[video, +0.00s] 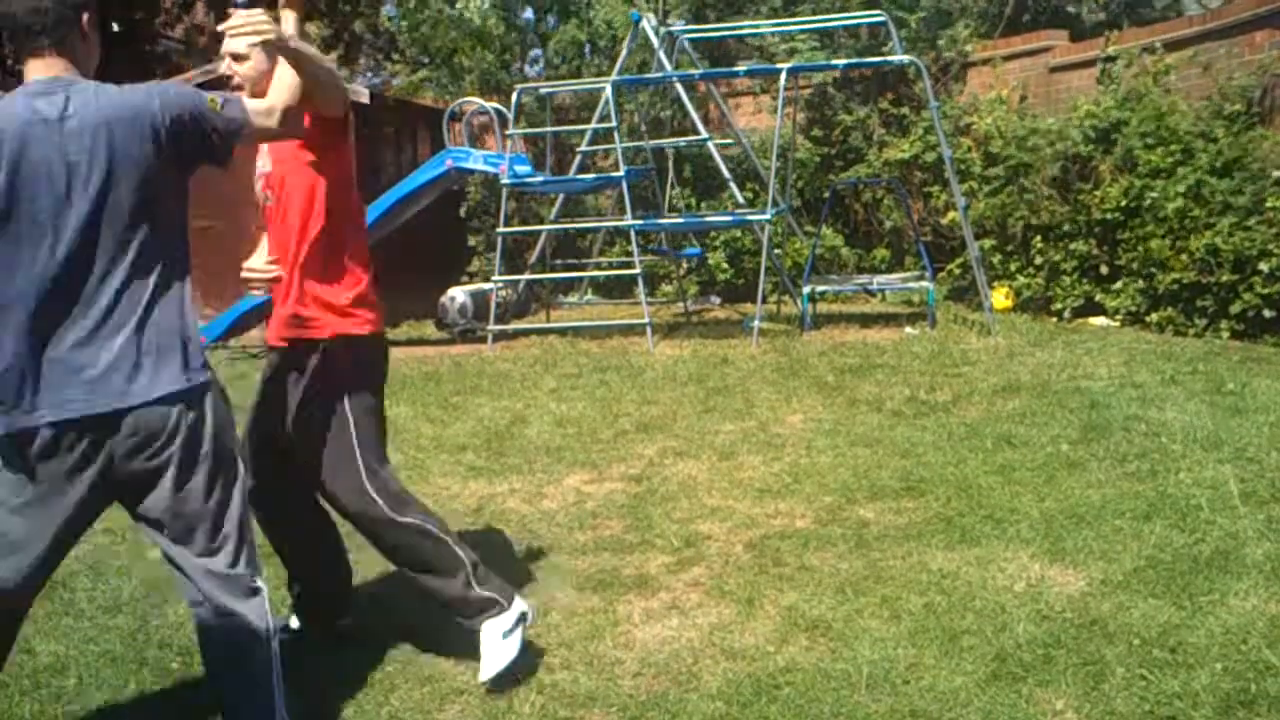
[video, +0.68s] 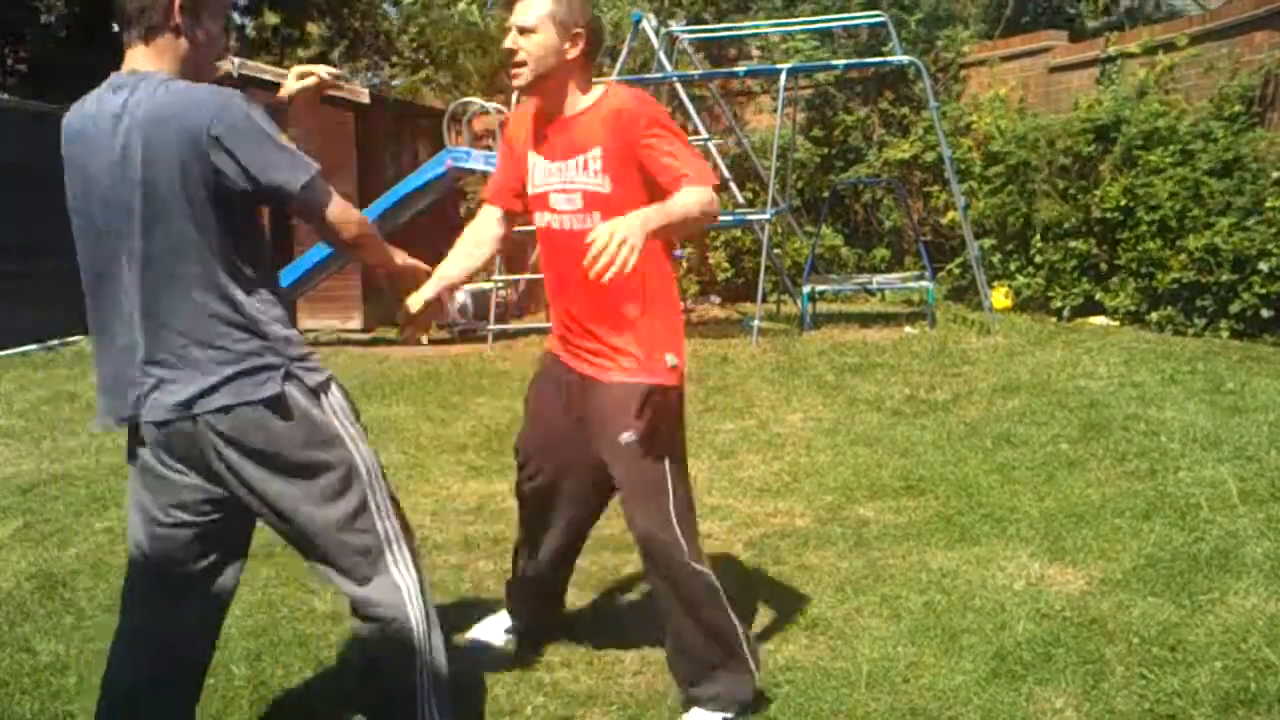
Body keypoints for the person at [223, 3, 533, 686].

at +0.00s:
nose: (232, 67)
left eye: (243, 53)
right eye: (227, 55)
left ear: (278, 54)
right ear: (230, 61)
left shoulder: (318, 114)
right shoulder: (263, 129)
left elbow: (330, 93)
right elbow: (296, 225)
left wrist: (289, 44)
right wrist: (271, 264)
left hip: (343, 338)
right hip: (296, 341)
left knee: (354, 482)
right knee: (273, 482)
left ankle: (492, 608)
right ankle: (322, 613)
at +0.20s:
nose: (334, 83)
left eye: (347, 69)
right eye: (330, 73)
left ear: (393, 74)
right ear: (351, 83)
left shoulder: (423, 124)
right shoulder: (371, 147)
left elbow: (355, 117)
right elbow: (360, 252)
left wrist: (260, 25)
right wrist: (283, 289)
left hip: (427, 367)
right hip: (366, 372)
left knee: (438, 523)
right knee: (319, 526)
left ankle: (543, 672)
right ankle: (312, 652)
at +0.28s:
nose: (373, 54)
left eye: (387, 40)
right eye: (369, 45)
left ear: (432, 48)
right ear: (377, 58)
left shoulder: (474, 106)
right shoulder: (391, 133)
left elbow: (421, 147)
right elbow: (343, 203)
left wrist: (321, 76)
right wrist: (253, 227)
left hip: (455, 353)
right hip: (385, 352)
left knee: (472, 527)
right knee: (361, 495)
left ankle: (547, 670)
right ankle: (364, 609)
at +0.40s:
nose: (443, 21)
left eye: (459, 9)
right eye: (438, 10)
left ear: (505, 21)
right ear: (436, 23)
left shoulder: (551, 109)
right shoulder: (412, 85)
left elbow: (586, 218)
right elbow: (320, 99)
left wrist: (495, 215)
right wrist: (236, 69)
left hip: (520, 342)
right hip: (434, 337)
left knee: (540, 496)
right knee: (426, 495)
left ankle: (589, 658)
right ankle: (500, 578)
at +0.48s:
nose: (470, 42)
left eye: (487, 28)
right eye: (466, 27)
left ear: (532, 42)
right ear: (460, 32)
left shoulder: (570, 128)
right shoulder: (436, 98)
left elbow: (620, 219)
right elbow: (342, 114)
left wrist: (564, 272)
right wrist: (314, 126)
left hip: (546, 347)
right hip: (463, 348)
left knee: (575, 508)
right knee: (458, 509)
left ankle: (654, 663)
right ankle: (533, 596)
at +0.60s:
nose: (497, 65)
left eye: (513, 54)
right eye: (495, 53)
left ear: (561, 66)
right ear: (493, 62)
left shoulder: (615, 144)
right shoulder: (487, 138)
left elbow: (686, 236)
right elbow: (419, 212)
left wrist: (649, 286)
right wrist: (346, 227)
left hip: (610, 371)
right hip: (528, 367)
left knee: (640, 530)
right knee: (497, 500)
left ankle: (720, 685)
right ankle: (531, 610)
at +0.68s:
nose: (509, 44)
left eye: (525, 31)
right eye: (509, 31)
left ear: (574, 42)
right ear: (537, 43)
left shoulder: (629, 110)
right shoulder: (523, 121)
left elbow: (704, 196)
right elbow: (491, 220)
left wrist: (641, 221)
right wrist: (436, 285)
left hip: (638, 358)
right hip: (567, 351)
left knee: (660, 531)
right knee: (542, 490)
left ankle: (723, 689)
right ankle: (527, 617)